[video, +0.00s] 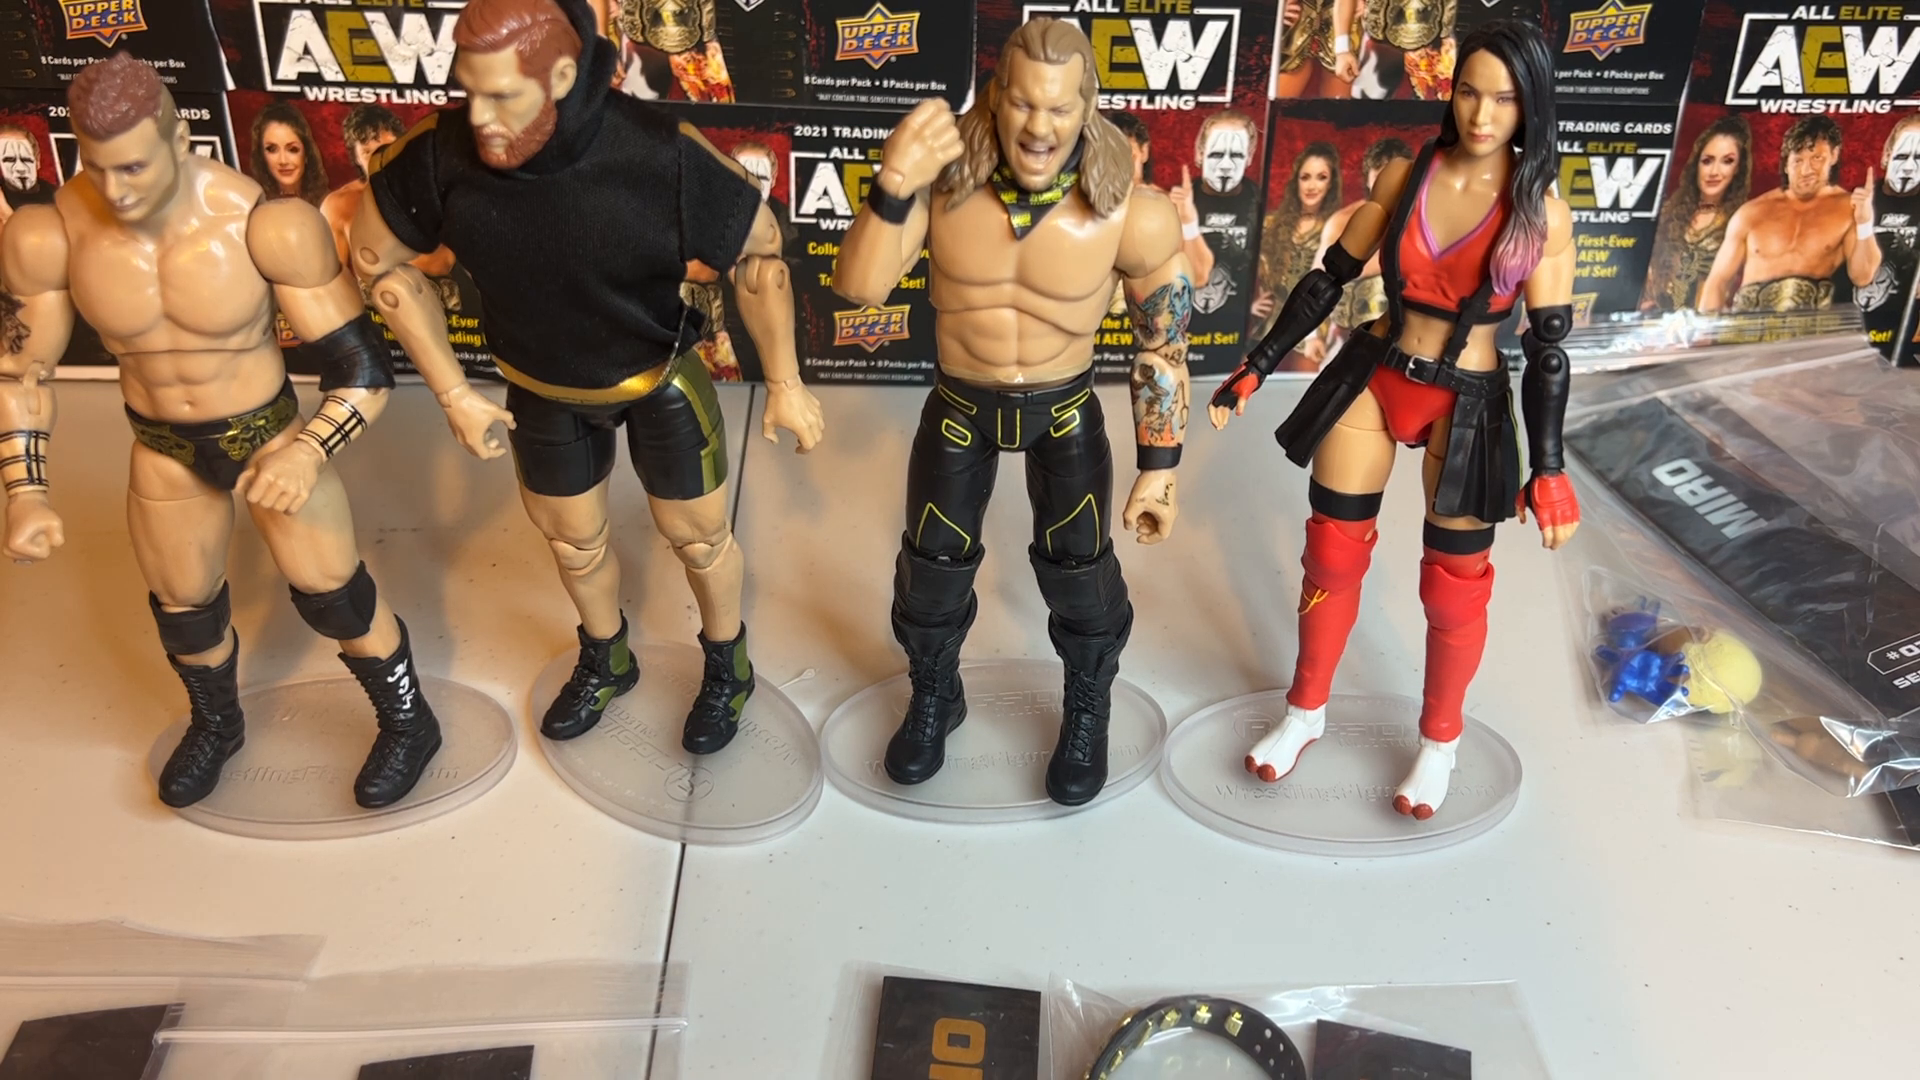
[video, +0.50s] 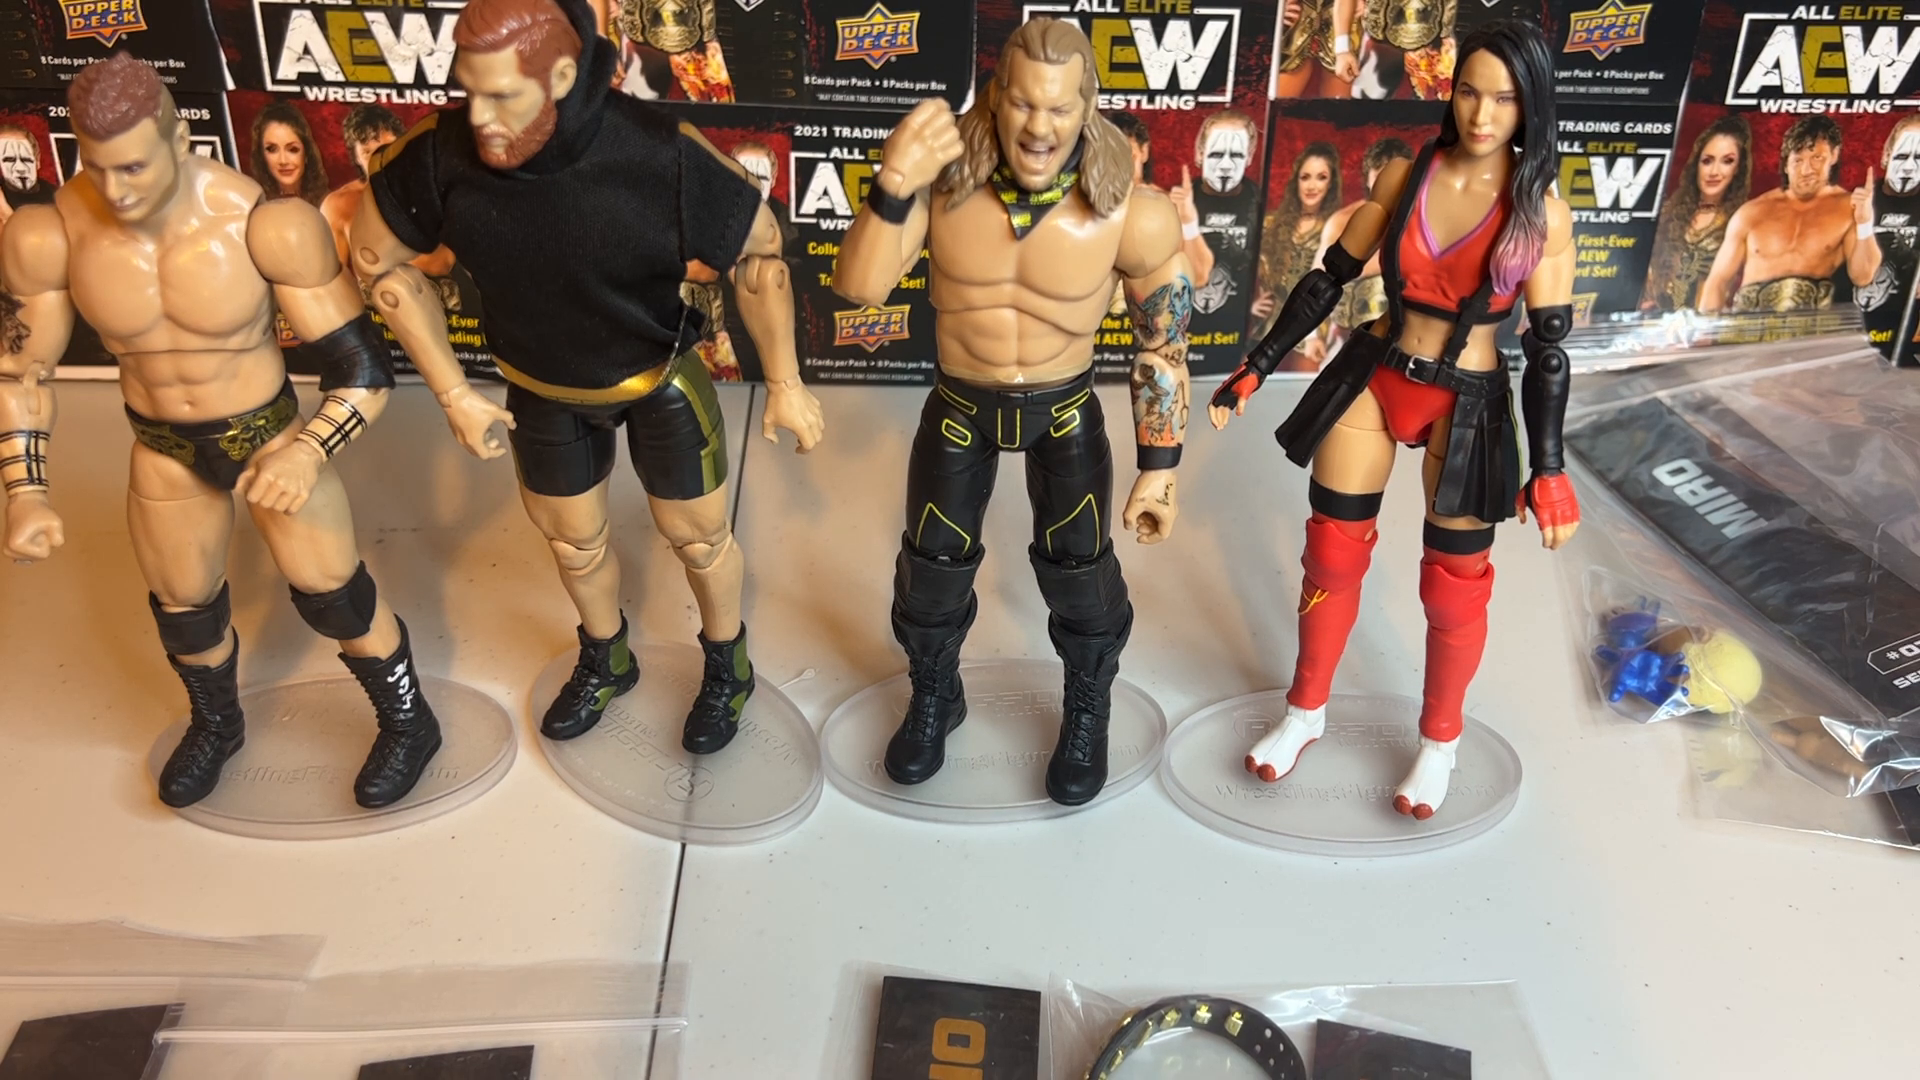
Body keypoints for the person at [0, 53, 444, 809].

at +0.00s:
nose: (118, 188)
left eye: (134, 167)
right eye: (100, 169)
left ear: (178, 138)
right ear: (80, 151)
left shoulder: (268, 225)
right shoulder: (53, 232)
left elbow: (362, 370)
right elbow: (23, 372)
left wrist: (312, 446)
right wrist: (22, 487)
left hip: (269, 440)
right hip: (161, 451)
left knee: (336, 599)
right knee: (186, 617)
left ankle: (408, 722)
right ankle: (216, 723)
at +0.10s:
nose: (118, 188)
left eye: (134, 167)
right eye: (100, 169)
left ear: (178, 138)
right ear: (80, 151)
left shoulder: (268, 225)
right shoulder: (53, 232)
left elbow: (362, 370)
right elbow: (23, 372)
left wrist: (312, 446)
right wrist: (22, 487)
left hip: (269, 440)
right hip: (161, 451)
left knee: (336, 599)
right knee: (186, 616)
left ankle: (408, 722)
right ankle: (216, 723)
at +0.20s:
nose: (118, 188)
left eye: (134, 167)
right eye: (100, 169)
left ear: (178, 138)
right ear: (80, 151)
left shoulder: (268, 225)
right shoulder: (53, 233)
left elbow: (362, 369)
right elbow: (23, 371)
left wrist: (312, 446)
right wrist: (22, 487)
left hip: (269, 441)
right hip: (161, 451)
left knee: (336, 599)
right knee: (186, 617)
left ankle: (408, 722)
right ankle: (216, 722)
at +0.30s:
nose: (118, 188)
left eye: (135, 167)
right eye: (100, 169)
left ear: (178, 138)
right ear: (80, 151)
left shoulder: (268, 225)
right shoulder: (53, 233)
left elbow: (362, 370)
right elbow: (23, 372)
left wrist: (312, 446)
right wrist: (22, 487)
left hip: (269, 440)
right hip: (161, 451)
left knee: (335, 598)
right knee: (186, 616)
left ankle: (408, 721)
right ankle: (216, 723)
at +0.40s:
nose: (118, 188)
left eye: (134, 167)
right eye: (100, 169)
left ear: (178, 138)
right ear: (80, 151)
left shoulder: (268, 225)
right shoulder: (53, 233)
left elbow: (362, 369)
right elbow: (23, 371)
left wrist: (311, 446)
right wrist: (21, 486)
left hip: (269, 441)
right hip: (161, 451)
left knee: (336, 599)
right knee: (186, 616)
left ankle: (408, 721)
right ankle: (216, 722)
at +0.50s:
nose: (118, 188)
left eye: (135, 167)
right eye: (100, 169)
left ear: (178, 138)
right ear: (80, 150)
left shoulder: (268, 225)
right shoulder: (52, 233)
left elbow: (362, 370)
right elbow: (23, 372)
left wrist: (312, 446)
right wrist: (22, 487)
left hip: (269, 440)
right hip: (161, 451)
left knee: (335, 598)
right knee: (186, 616)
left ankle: (408, 721)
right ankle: (216, 723)